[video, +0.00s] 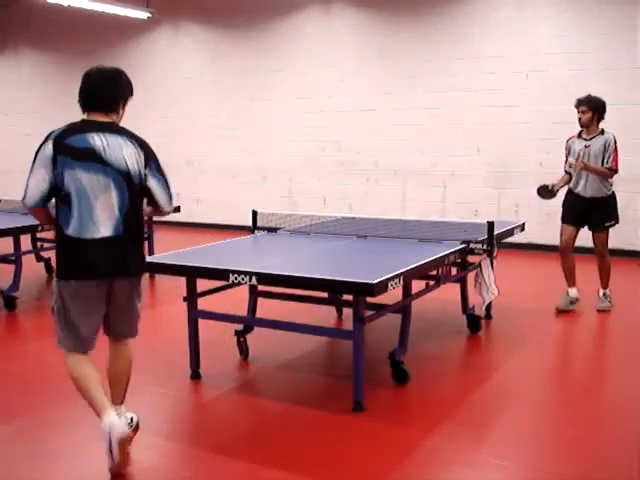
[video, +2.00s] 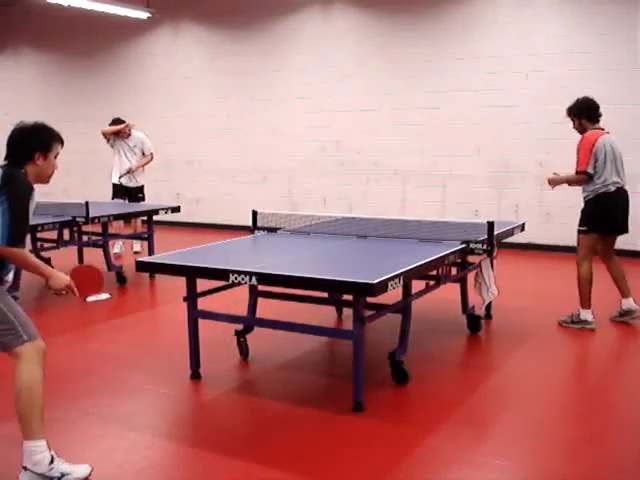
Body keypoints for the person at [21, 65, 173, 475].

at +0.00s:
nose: (126, 109)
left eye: (125, 104)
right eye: (125, 104)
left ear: (81, 101)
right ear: (121, 105)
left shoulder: (56, 142)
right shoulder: (134, 146)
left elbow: (32, 202)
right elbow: (164, 204)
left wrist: (57, 225)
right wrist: (140, 209)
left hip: (78, 265)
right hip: (126, 263)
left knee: (74, 348)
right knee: (121, 340)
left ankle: (113, 418)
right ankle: (114, 426)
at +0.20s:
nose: (122, 109)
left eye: (122, 102)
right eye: (122, 102)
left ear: (79, 100)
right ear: (112, 103)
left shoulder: (51, 134)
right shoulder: (128, 142)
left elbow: (23, 186)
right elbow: (148, 203)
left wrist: (39, 223)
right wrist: (137, 232)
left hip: (64, 252)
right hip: (113, 253)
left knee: (46, 317)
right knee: (114, 330)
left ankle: (80, 391)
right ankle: (117, 416)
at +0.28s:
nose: (112, 111)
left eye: (112, 104)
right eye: (111, 104)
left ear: (71, 101)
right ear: (100, 104)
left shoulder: (38, 136)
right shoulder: (112, 142)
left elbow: (13, 188)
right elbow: (137, 201)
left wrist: (38, 216)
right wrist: (123, 225)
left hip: (54, 251)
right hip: (102, 253)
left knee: (40, 316)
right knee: (109, 328)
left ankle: (30, 398)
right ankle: (115, 415)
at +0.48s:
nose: (85, 118)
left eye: (86, 111)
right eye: (83, 111)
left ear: (49, 106)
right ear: (68, 108)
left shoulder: (16, 142)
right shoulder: (68, 146)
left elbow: (9, 197)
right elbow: (88, 204)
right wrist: (110, 211)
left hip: (31, 255)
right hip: (75, 256)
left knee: (21, 323)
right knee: (98, 329)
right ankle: (113, 416)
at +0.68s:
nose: (65, 118)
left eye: (67, 112)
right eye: (63, 110)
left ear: (32, 107)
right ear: (46, 107)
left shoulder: (9, 138)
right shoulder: (38, 142)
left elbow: (19, 197)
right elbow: (47, 201)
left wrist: (74, 207)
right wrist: (86, 213)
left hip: (10, 252)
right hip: (45, 255)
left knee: (6, 323)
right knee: (83, 323)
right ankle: (104, 411)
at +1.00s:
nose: (44, 115)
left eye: (45, 108)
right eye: (41, 106)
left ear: (18, 104)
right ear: (21, 103)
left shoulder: (9, 132)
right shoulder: (11, 131)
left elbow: (13, 191)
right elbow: (7, 189)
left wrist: (47, 221)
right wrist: (50, 214)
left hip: (12, 247)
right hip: (19, 249)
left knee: (4, 321)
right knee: (40, 324)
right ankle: (48, 421)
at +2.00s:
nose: (56, 165)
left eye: (57, 158)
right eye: (54, 158)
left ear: (32, 157)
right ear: (36, 157)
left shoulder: (13, 181)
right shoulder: (16, 185)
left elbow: (12, 244)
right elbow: (8, 248)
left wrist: (48, 271)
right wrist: (49, 273)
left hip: (4, 292)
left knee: (30, 347)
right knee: (30, 349)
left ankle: (37, 456)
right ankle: (37, 457)